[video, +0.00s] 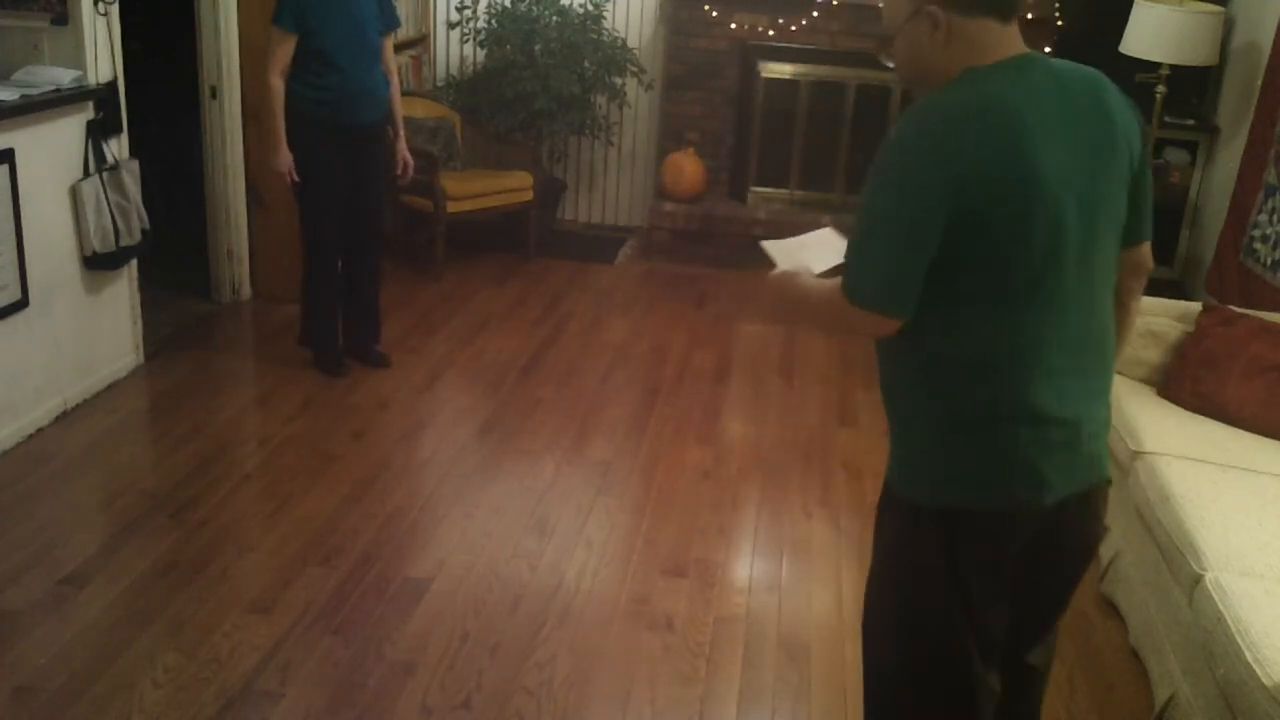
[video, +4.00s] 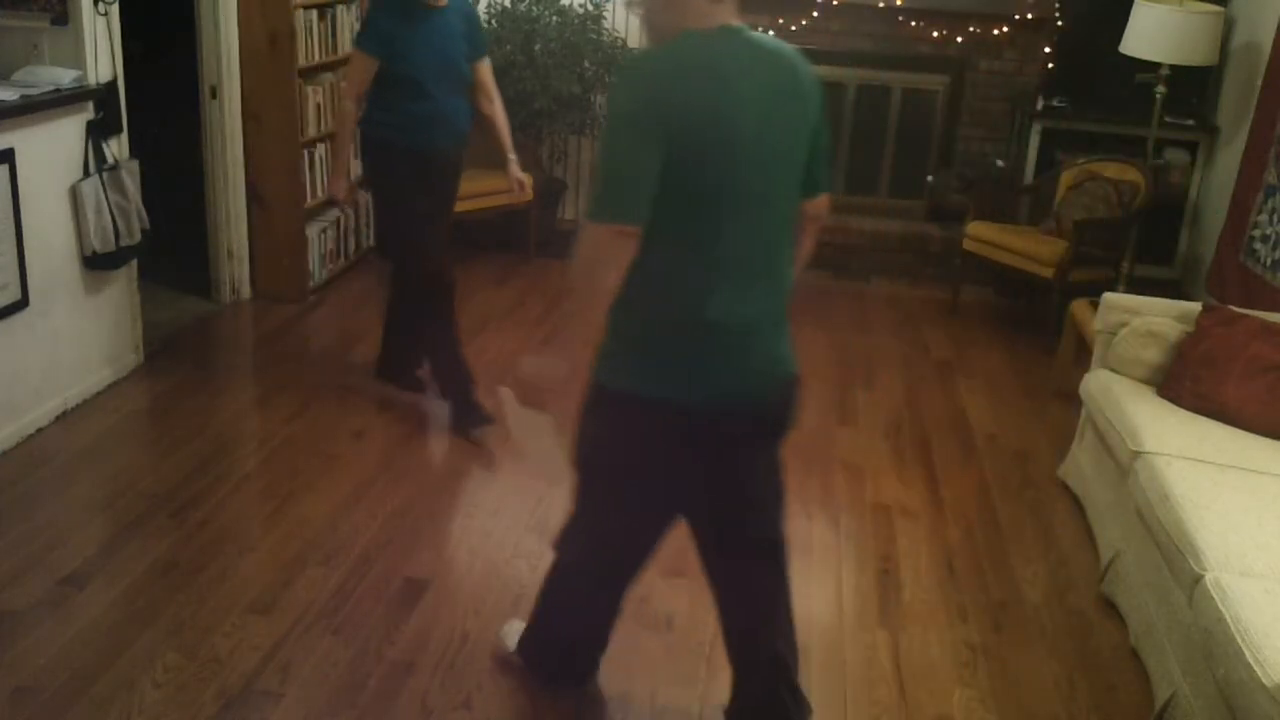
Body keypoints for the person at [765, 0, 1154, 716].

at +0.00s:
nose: (892, 55)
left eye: (893, 31)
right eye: (888, 35)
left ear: (934, 19)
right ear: (1007, 19)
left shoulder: (933, 131)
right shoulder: (1108, 105)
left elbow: (876, 309)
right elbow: (1133, 267)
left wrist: (790, 297)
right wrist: (1090, 373)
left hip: (956, 494)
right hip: (1076, 486)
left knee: (921, 698)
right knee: (1017, 687)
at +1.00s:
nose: (879, 37)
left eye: (879, 18)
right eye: (875, 21)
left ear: (914, 14)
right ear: (993, 14)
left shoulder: (907, 119)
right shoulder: (1083, 106)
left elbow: (839, 298)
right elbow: (1097, 264)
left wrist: (790, 265)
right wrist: (1053, 349)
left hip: (912, 483)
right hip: (1028, 479)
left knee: (873, 690)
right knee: (967, 683)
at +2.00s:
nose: (994, 27)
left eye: (999, 12)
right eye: (994, 13)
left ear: (1033, 11)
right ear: (1101, 13)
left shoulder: (1018, 110)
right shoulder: (1182, 94)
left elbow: (956, 274)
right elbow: (1200, 233)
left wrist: (901, 275)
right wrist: (1175, 328)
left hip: (1004, 439)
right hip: (1124, 443)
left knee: (945, 596)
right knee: (1051, 627)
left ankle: (957, 708)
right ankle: (1029, 711)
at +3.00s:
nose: (888, 35)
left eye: (893, 17)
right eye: (888, 19)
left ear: (927, 18)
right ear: (1001, 19)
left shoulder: (925, 119)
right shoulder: (1084, 113)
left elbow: (858, 294)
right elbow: (1106, 267)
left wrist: (803, 308)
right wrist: (1075, 369)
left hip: (936, 455)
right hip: (1042, 448)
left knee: (908, 660)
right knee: (1004, 647)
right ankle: (1004, 714)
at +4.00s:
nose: (638, 16)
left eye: (640, 7)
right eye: (640, 9)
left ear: (659, 6)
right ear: (728, 3)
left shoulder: (651, 76)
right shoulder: (794, 71)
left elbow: (614, 233)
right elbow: (812, 210)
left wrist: (562, 357)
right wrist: (761, 303)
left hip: (653, 373)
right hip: (756, 368)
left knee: (602, 538)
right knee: (753, 561)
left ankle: (555, 665)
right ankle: (773, 705)